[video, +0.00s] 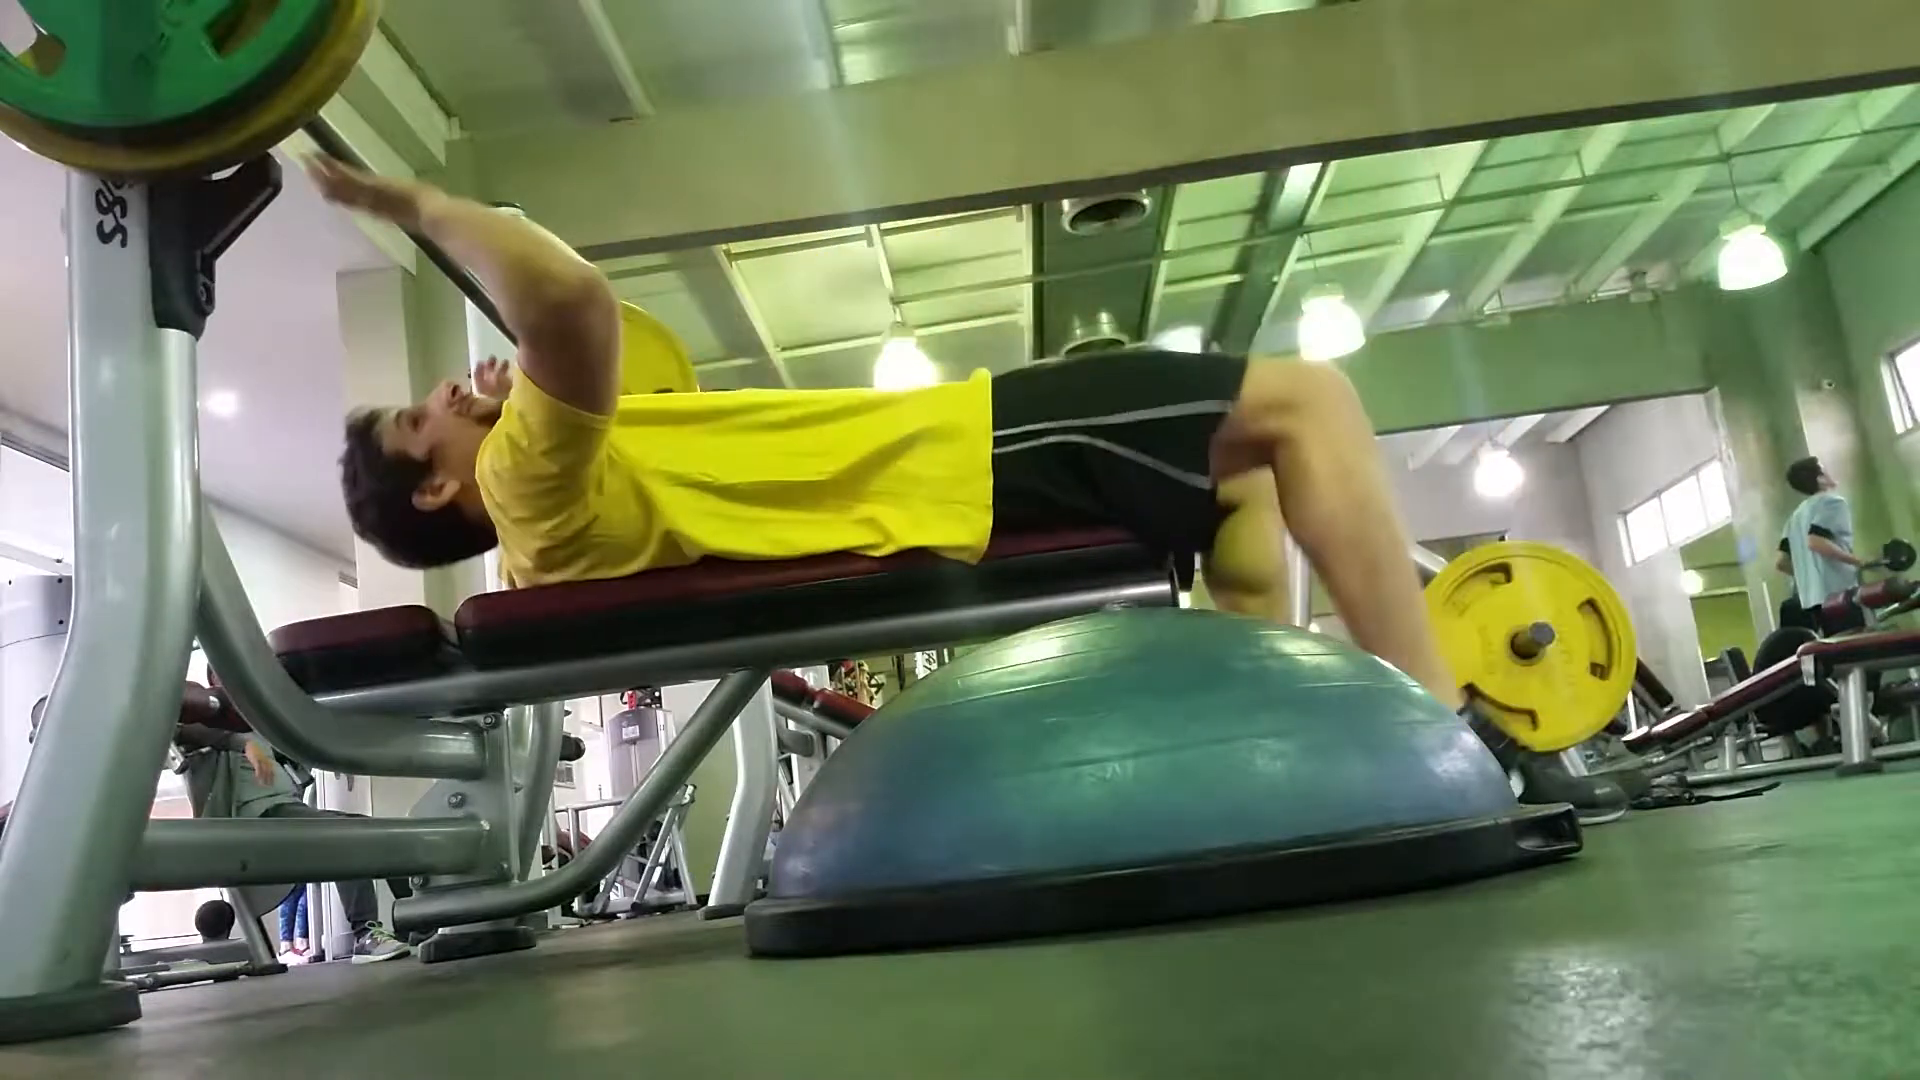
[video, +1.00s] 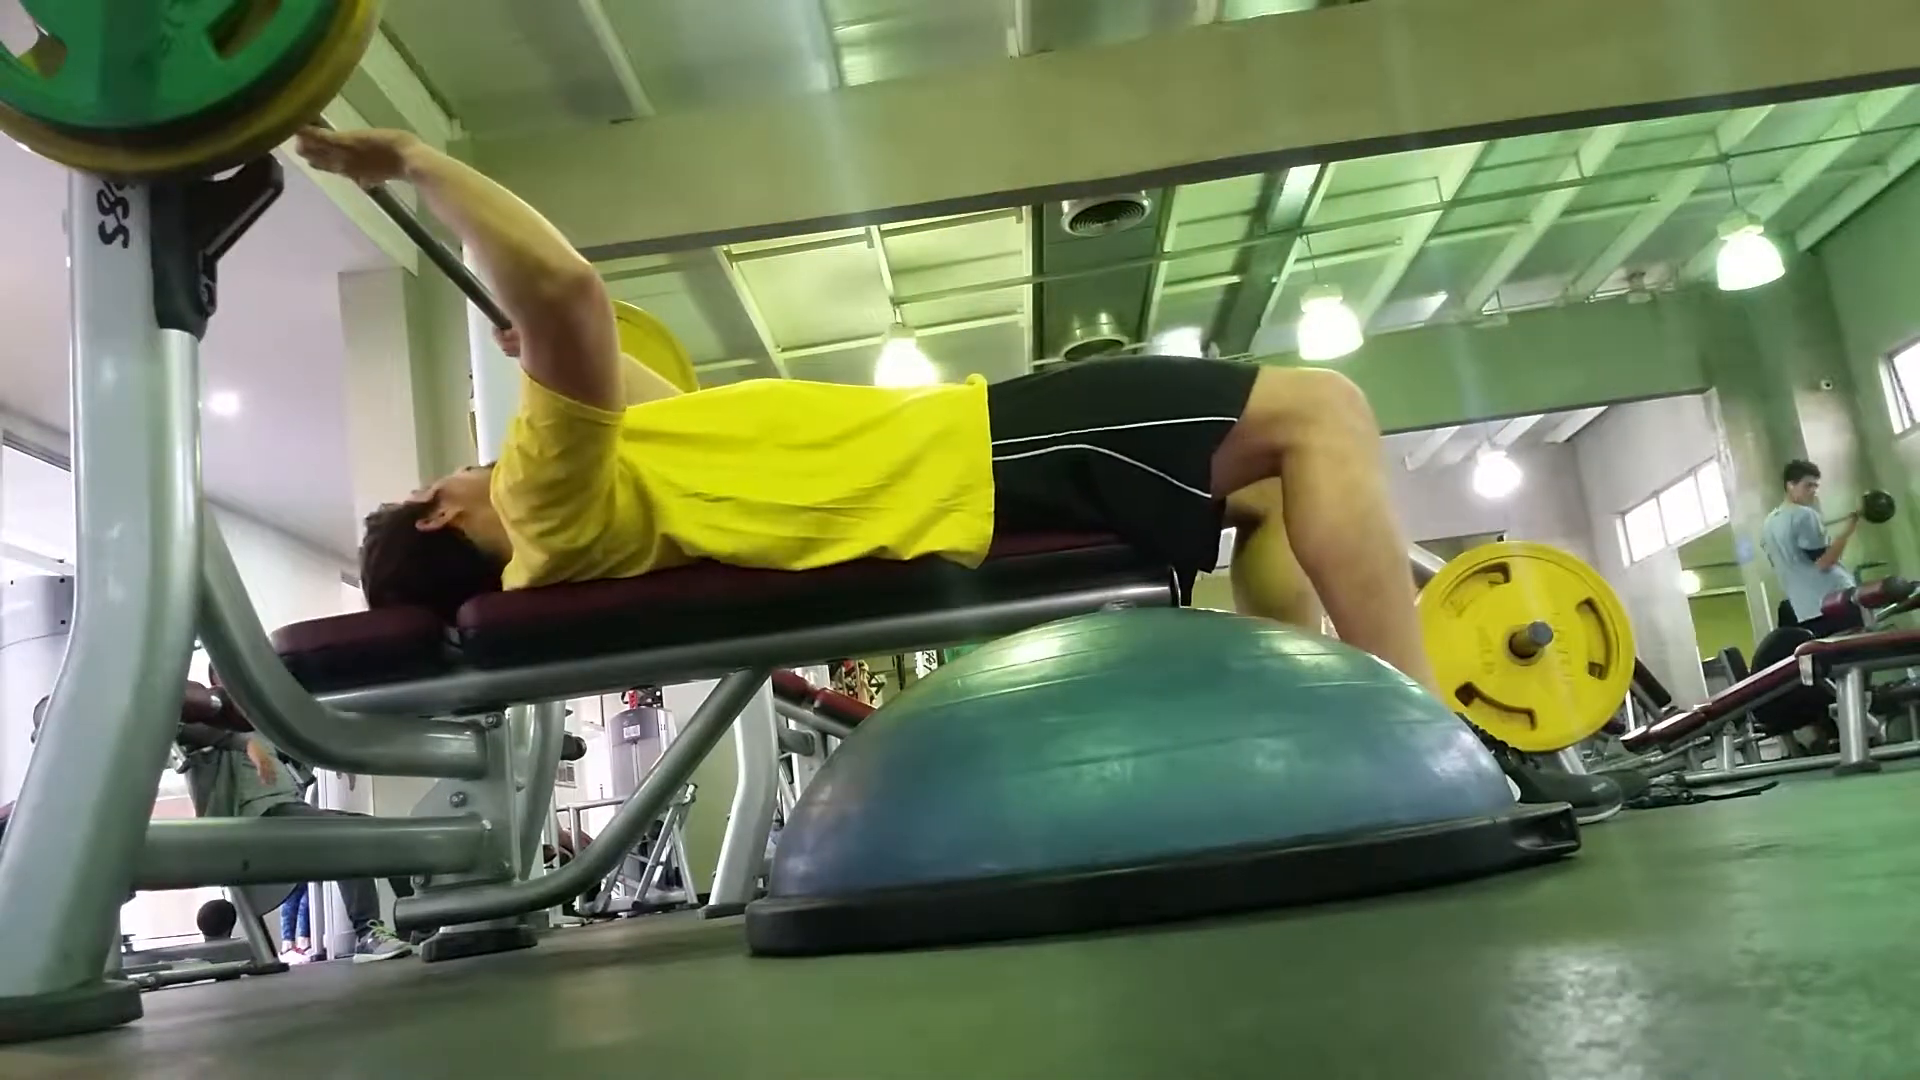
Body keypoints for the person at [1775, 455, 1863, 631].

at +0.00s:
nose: (1829, 473)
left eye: (1824, 469)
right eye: (1823, 470)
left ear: (1802, 486)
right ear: (1818, 477)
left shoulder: (1794, 517)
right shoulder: (1832, 502)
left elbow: (1782, 563)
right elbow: (1815, 541)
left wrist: (1811, 575)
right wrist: (1857, 561)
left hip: (1812, 603)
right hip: (1840, 598)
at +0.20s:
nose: (1821, 472)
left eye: (1817, 467)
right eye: (1816, 468)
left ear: (1795, 481)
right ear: (1811, 476)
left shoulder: (1787, 516)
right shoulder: (1818, 506)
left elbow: (1783, 567)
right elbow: (1817, 553)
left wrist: (1814, 569)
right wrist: (1867, 553)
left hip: (1817, 608)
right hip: (1842, 604)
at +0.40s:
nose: (1815, 482)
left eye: (1814, 476)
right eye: (1812, 477)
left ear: (1786, 481)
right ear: (1803, 480)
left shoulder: (1778, 515)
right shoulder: (1809, 511)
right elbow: (1832, 560)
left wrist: (1818, 506)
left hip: (1812, 605)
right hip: (1837, 602)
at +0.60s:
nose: (1815, 491)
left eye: (1814, 485)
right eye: (1811, 485)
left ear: (1794, 484)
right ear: (1798, 483)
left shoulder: (1770, 522)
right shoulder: (1807, 515)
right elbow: (1840, 557)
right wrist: (1861, 525)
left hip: (1812, 610)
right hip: (1840, 604)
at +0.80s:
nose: (1825, 488)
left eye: (1825, 483)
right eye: (1821, 482)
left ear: (1801, 483)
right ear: (1801, 482)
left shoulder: (1774, 522)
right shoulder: (1812, 513)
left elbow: (1783, 564)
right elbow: (1836, 556)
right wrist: (1851, 516)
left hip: (1810, 610)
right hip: (1839, 605)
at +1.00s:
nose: (1814, 491)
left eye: (1815, 486)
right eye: (1809, 486)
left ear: (1790, 486)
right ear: (1790, 486)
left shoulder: (1770, 522)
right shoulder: (1804, 516)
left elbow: (1777, 564)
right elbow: (1823, 561)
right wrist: (1847, 531)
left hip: (1805, 612)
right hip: (1835, 606)